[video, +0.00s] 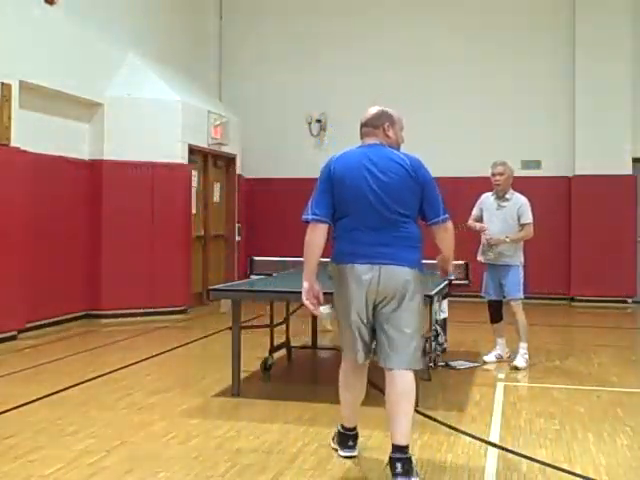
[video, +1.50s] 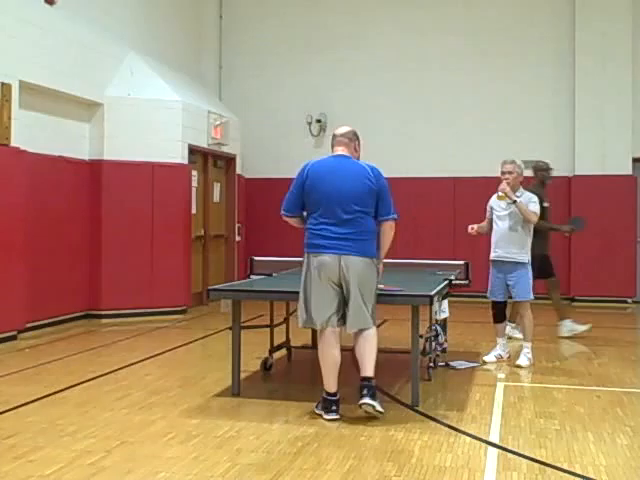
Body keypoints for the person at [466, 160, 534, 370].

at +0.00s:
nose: (496, 179)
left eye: (500, 175)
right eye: (493, 175)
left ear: (511, 177)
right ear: (490, 178)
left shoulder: (521, 202)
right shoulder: (484, 200)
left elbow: (528, 232)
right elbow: (471, 221)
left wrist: (504, 239)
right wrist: (479, 226)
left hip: (512, 262)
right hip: (491, 261)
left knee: (515, 304)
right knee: (493, 305)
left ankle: (523, 349)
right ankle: (500, 347)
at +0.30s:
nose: (500, 178)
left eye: (505, 174)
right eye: (497, 174)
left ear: (513, 177)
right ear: (493, 177)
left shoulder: (522, 202)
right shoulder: (485, 200)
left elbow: (529, 231)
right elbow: (472, 220)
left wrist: (506, 237)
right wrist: (478, 223)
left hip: (512, 262)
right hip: (490, 261)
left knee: (518, 305)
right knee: (493, 305)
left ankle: (526, 349)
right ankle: (500, 347)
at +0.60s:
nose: (514, 179)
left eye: (517, 175)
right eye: (510, 174)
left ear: (520, 178)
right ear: (500, 176)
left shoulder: (527, 202)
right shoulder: (488, 199)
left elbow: (536, 230)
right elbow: (473, 222)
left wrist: (516, 237)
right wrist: (483, 219)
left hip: (517, 262)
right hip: (493, 261)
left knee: (521, 305)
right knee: (495, 304)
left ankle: (526, 349)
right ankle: (501, 347)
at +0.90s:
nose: (518, 179)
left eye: (520, 175)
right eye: (514, 174)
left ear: (523, 178)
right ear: (503, 176)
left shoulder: (530, 202)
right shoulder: (491, 199)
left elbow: (539, 230)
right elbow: (478, 224)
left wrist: (522, 236)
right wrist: (486, 218)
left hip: (519, 261)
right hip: (496, 260)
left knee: (523, 305)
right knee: (496, 305)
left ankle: (526, 349)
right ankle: (501, 347)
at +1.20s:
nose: (510, 179)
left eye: (514, 174)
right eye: (506, 175)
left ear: (523, 177)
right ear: (501, 177)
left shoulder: (531, 201)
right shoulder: (493, 200)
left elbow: (540, 229)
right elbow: (484, 227)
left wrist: (519, 217)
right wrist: (482, 222)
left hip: (520, 260)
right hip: (498, 258)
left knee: (523, 305)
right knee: (497, 304)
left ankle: (526, 349)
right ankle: (501, 346)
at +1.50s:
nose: (506, 177)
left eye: (510, 173)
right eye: (503, 173)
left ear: (521, 176)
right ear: (500, 176)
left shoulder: (529, 198)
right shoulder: (494, 200)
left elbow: (533, 219)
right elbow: (488, 224)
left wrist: (513, 199)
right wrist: (478, 228)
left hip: (520, 260)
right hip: (497, 259)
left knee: (523, 305)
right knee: (497, 304)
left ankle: (527, 348)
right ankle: (501, 347)